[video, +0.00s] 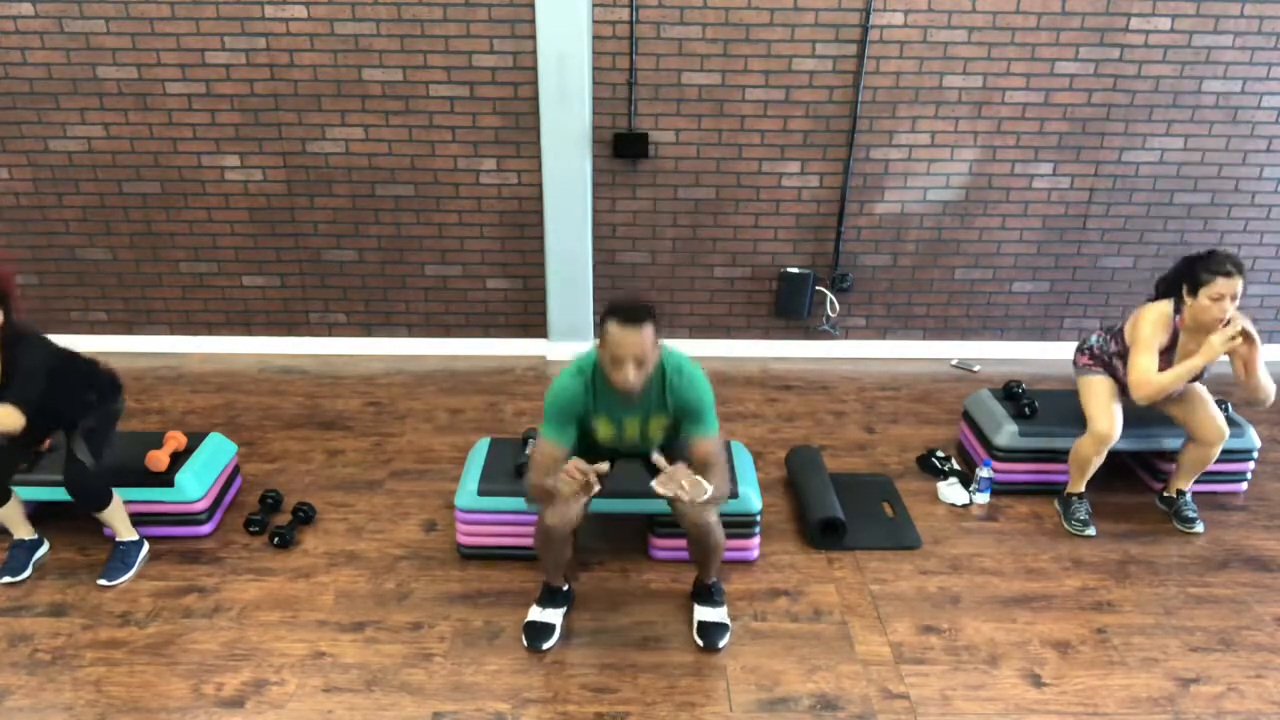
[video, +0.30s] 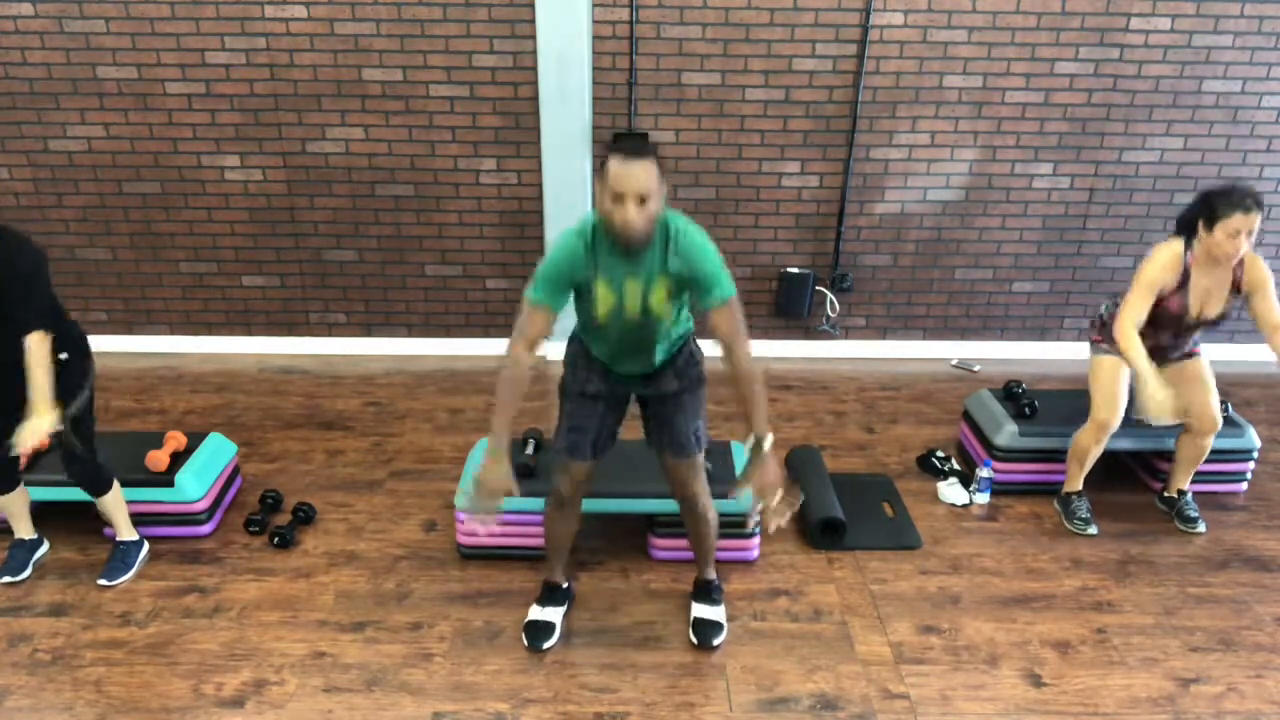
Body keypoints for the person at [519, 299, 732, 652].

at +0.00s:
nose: (629, 377)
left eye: (640, 363)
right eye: (616, 363)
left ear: (658, 349)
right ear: (600, 349)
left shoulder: (687, 380)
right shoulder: (571, 386)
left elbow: (718, 477)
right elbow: (536, 482)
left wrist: (697, 489)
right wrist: (558, 485)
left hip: (667, 458)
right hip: (594, 458)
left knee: (703, 519)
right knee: (555, 520)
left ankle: (708, 590)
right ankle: (553, 592)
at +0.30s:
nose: (630, 214)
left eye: (642, 200)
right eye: (618, 199)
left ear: (661, 196)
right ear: (599, 196)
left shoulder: (690, 247)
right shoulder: (573, 248)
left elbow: (737, 346)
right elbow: (522, 347)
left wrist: (763, 446)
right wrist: (497, 453)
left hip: (670, 361)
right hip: (595, 361)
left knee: (687, 479)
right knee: (567, 481)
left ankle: (708, 583)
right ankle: (554, 586)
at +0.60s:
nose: (637, 172)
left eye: (649, 158)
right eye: (624, 157)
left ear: (668, 146)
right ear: (603, 147)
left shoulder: (699, 200)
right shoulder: (569, 205)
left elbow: (747, 253)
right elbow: (514, 263)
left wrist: (780, 309)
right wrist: (472, 329)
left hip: (672, 369)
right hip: (594, 368)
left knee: (689, 477)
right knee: (574, 480)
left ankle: (707, 583)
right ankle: (555, 587)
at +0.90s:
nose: (631, 178)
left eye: (644, 164)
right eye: (618, 164)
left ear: (664, 148)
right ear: (597, 150)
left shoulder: (697, 198)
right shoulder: (566, 201)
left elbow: (734, 237)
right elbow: (520, 247)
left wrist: (756, 280)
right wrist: (485, 301)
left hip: (667, 369)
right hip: (588, 367)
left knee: (686, 478)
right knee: (571, 481)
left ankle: (708, 583)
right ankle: (555, 586)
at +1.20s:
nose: (627, 239)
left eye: (639, 226)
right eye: (615, 225)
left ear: (658, 204)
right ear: (597, 203)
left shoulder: (690, 249)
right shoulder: (565, 255)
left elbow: (714, 351)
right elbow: (542, 350)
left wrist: (713, 452)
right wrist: (534, 452)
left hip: (665, 367)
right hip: (587, 367)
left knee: (687, 479)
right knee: (560, 481)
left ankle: (707, 581)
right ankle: (553, 585)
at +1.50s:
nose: (628, 400)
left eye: (639, 387)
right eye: (616, 387)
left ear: (656, 365)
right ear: (598, 366)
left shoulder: (686, 389)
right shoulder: (570, 396)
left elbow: (704, 480)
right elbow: (556, 491)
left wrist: (696, 506)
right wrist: (572, 506)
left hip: (660, 444)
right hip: (595, 443)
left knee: (703, 525)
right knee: (552, 516)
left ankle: (708, 587)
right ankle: (553, 590)